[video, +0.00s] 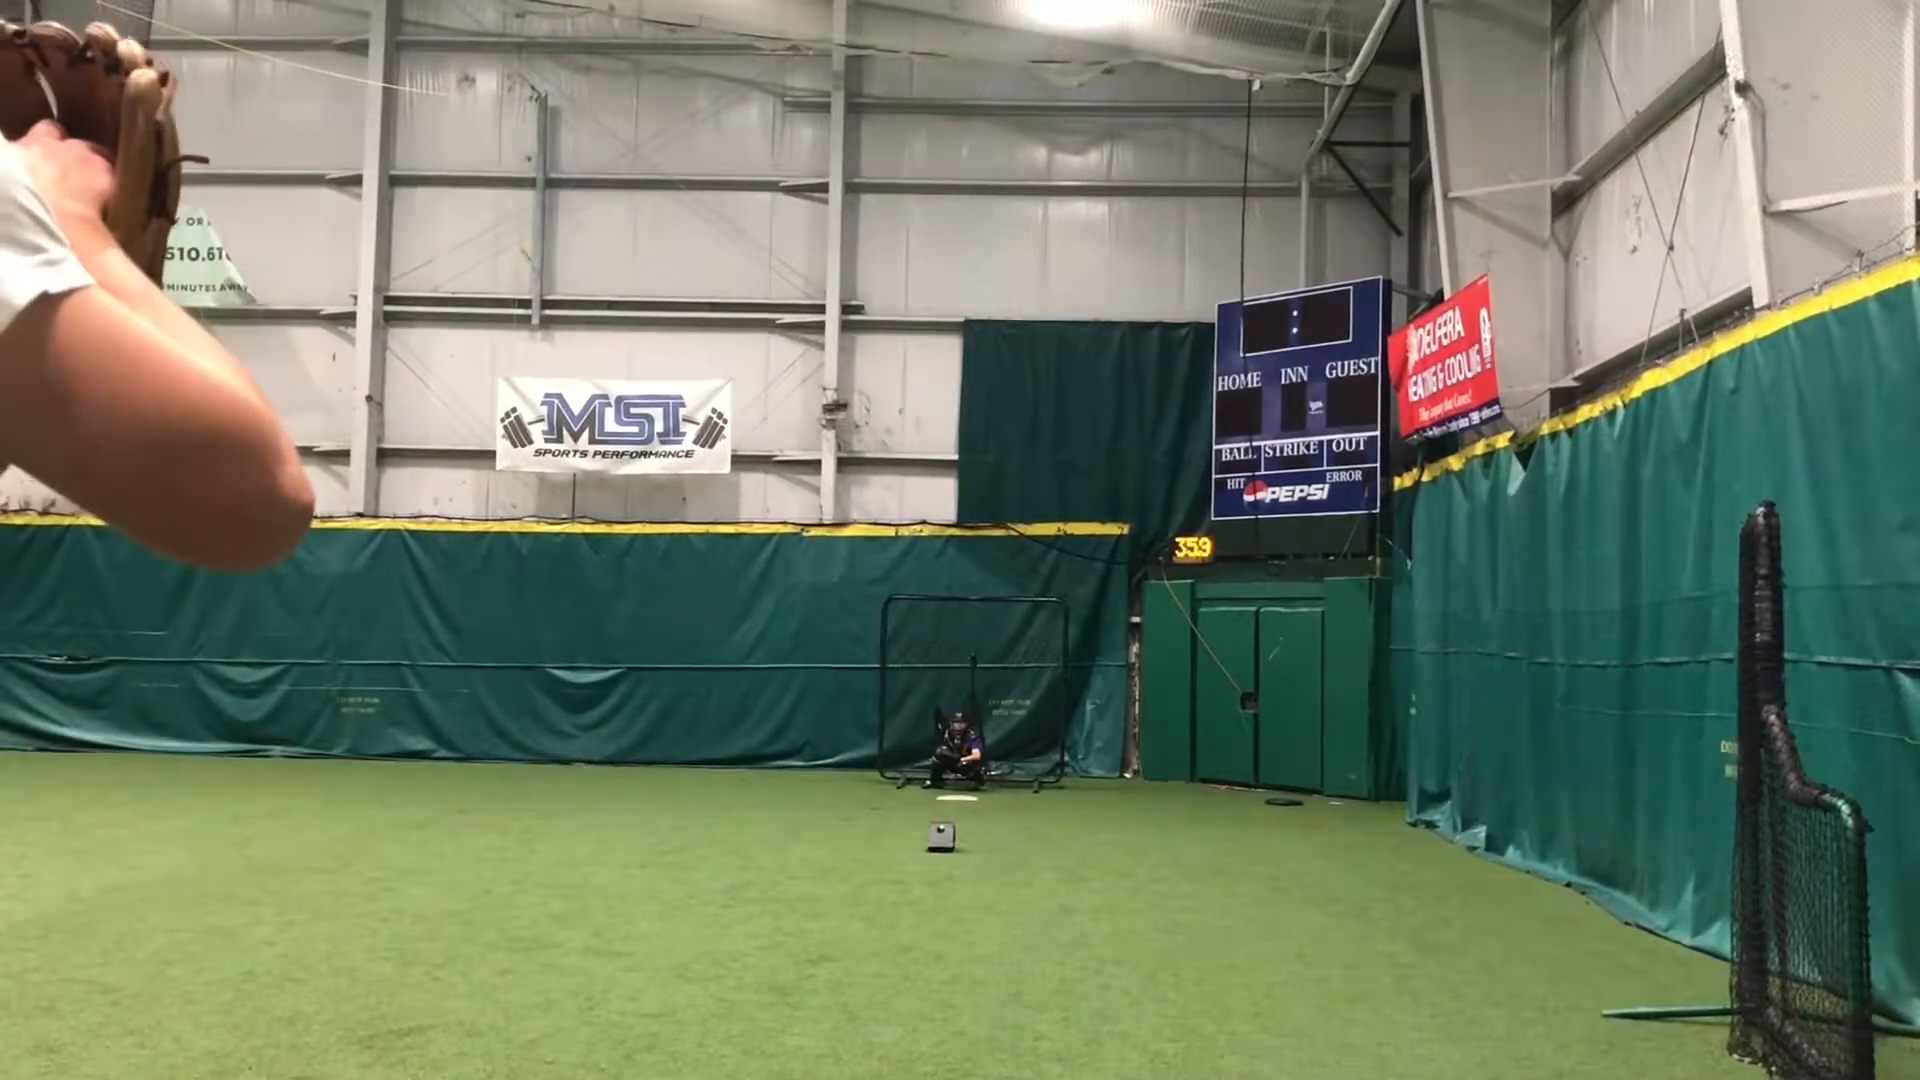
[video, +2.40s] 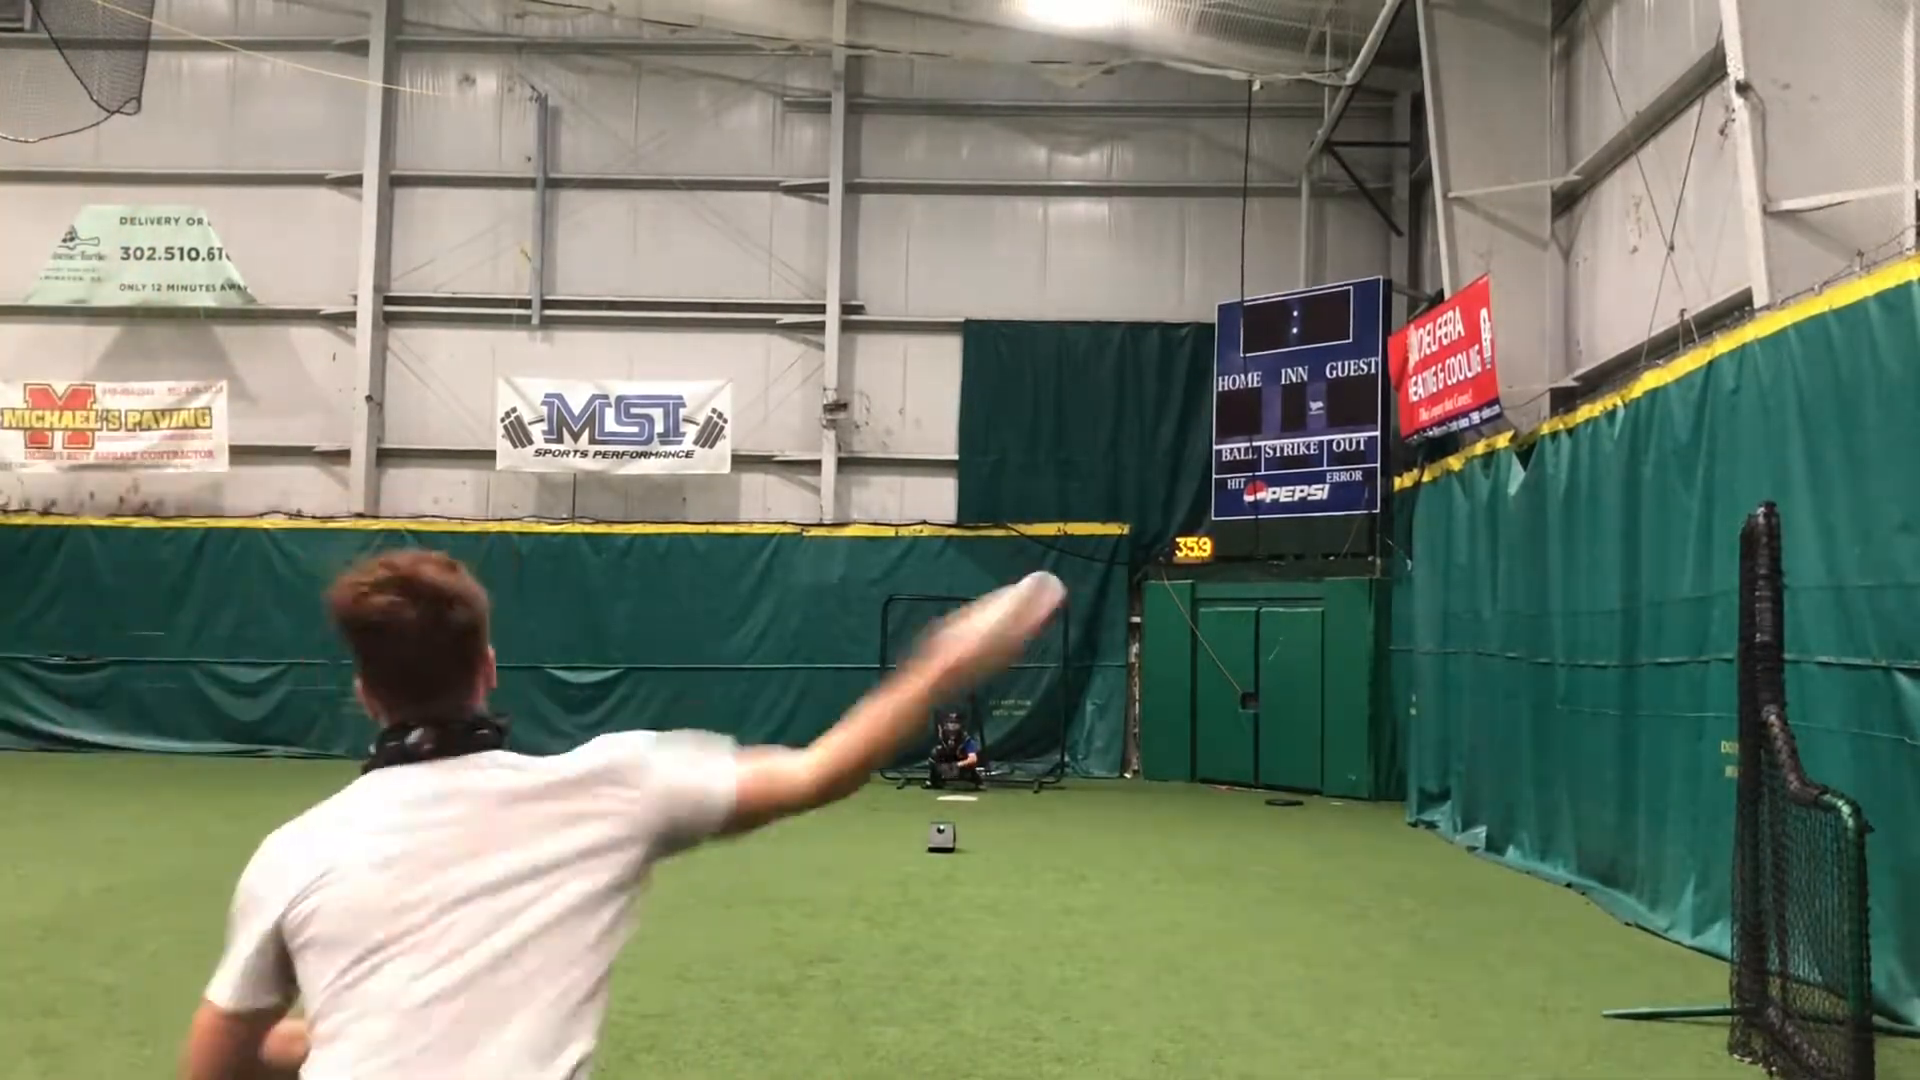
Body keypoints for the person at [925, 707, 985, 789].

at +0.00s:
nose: (958, 727)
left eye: (961, 723)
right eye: (955, 723)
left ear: (966, 725)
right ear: (951, 724)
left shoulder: (972, 736)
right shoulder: (947, 734)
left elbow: (977, 755)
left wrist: (963, 760)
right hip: (950, 760)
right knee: (937, 763)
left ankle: (980, 782)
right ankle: (935, 781)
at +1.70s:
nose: (954, 728)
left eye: (957, 725)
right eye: (951, 725)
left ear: (963, 727)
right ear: (947, 727)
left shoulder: (970, 742)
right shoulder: (944, 740)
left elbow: (975, 759)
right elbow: (936, 753)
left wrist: (958, 759)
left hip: (964, 767)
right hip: (947, 765)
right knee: (935, 765)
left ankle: (979, 783)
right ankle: (935, 782)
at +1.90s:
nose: (954, 728)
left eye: (957, 725)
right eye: (951, 725)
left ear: (963, 727)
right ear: (947, 727)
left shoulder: (970, 743)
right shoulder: (945, 742)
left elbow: (975, 759)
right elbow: (936, 754)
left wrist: (958, 759)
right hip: (947, 766)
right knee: (935, 763)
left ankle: (979, 782)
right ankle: (935, 781)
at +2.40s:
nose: (952, 725)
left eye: (955, 722)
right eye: (949, 722)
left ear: (961, 725)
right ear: (944, 725)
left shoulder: (967, 741)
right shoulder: (941, 742)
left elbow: (973, 759)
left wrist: (957, 765)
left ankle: (978, 782)